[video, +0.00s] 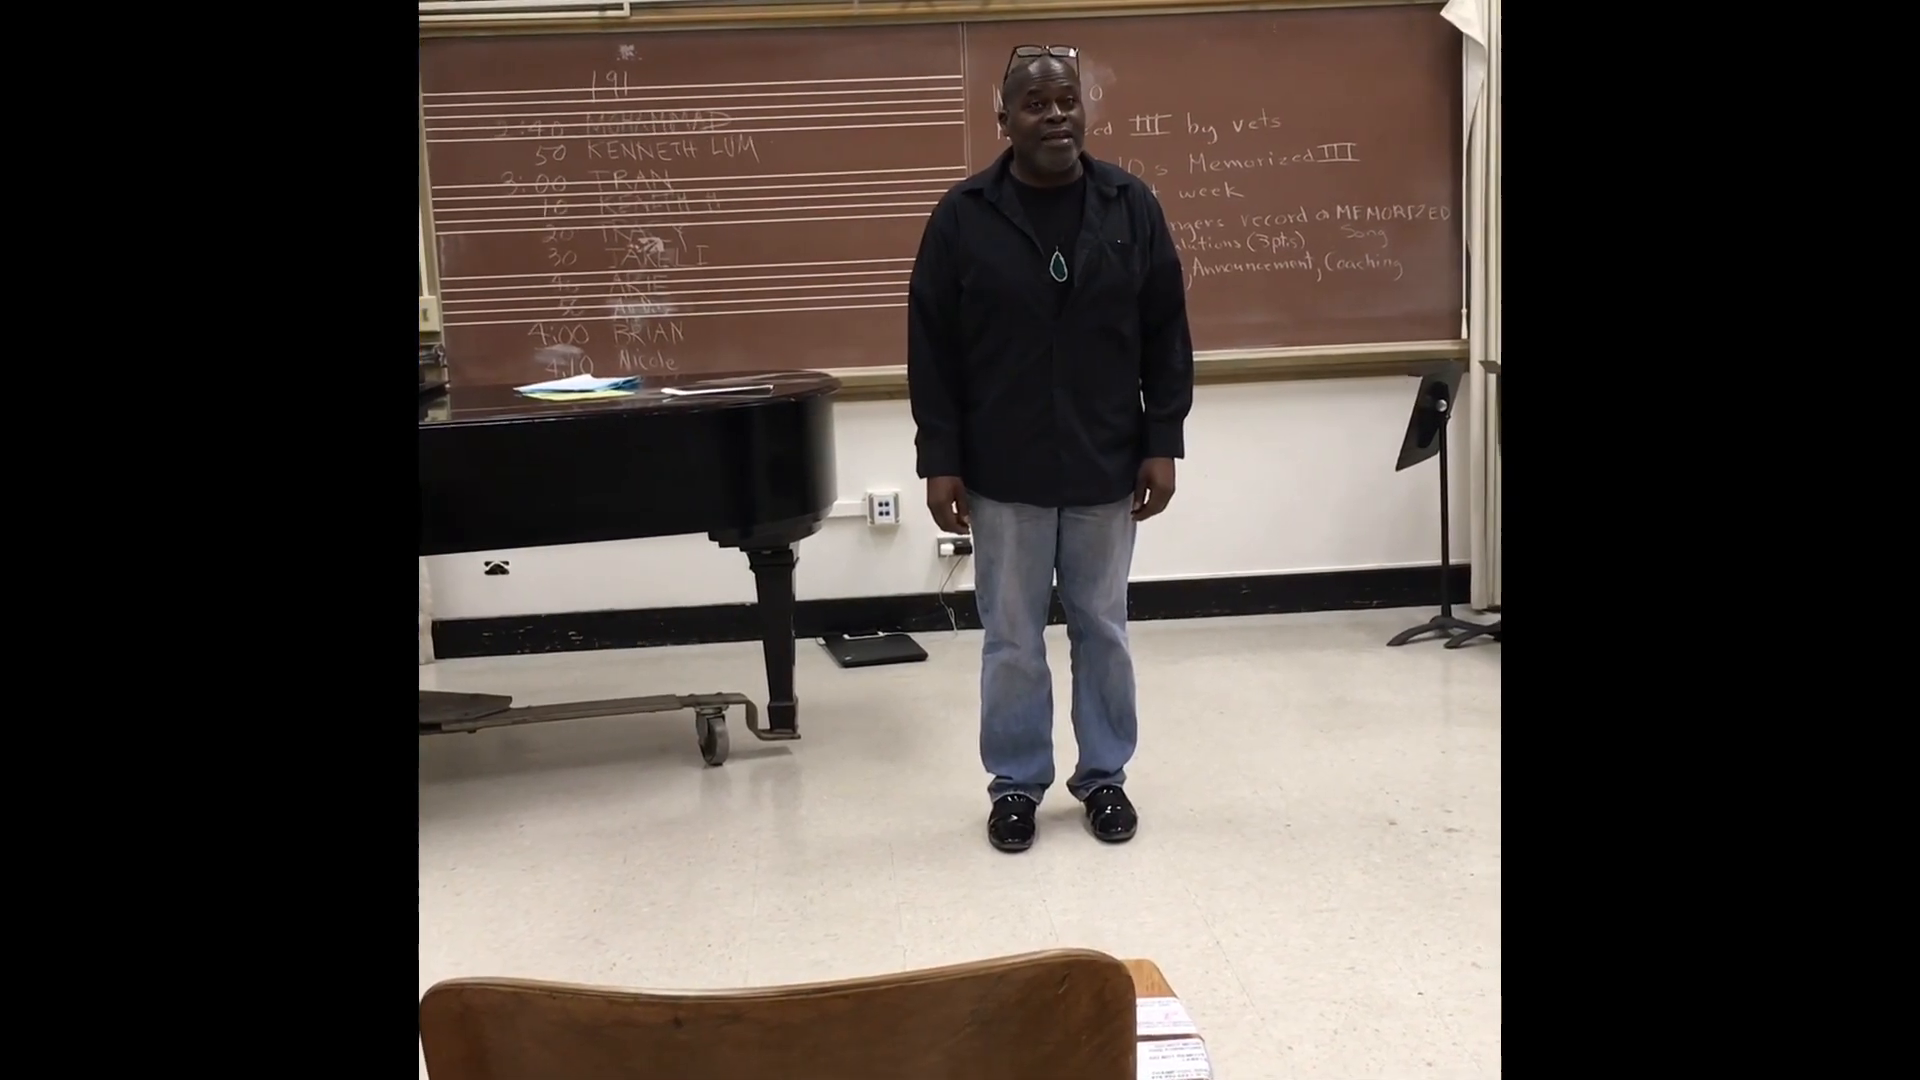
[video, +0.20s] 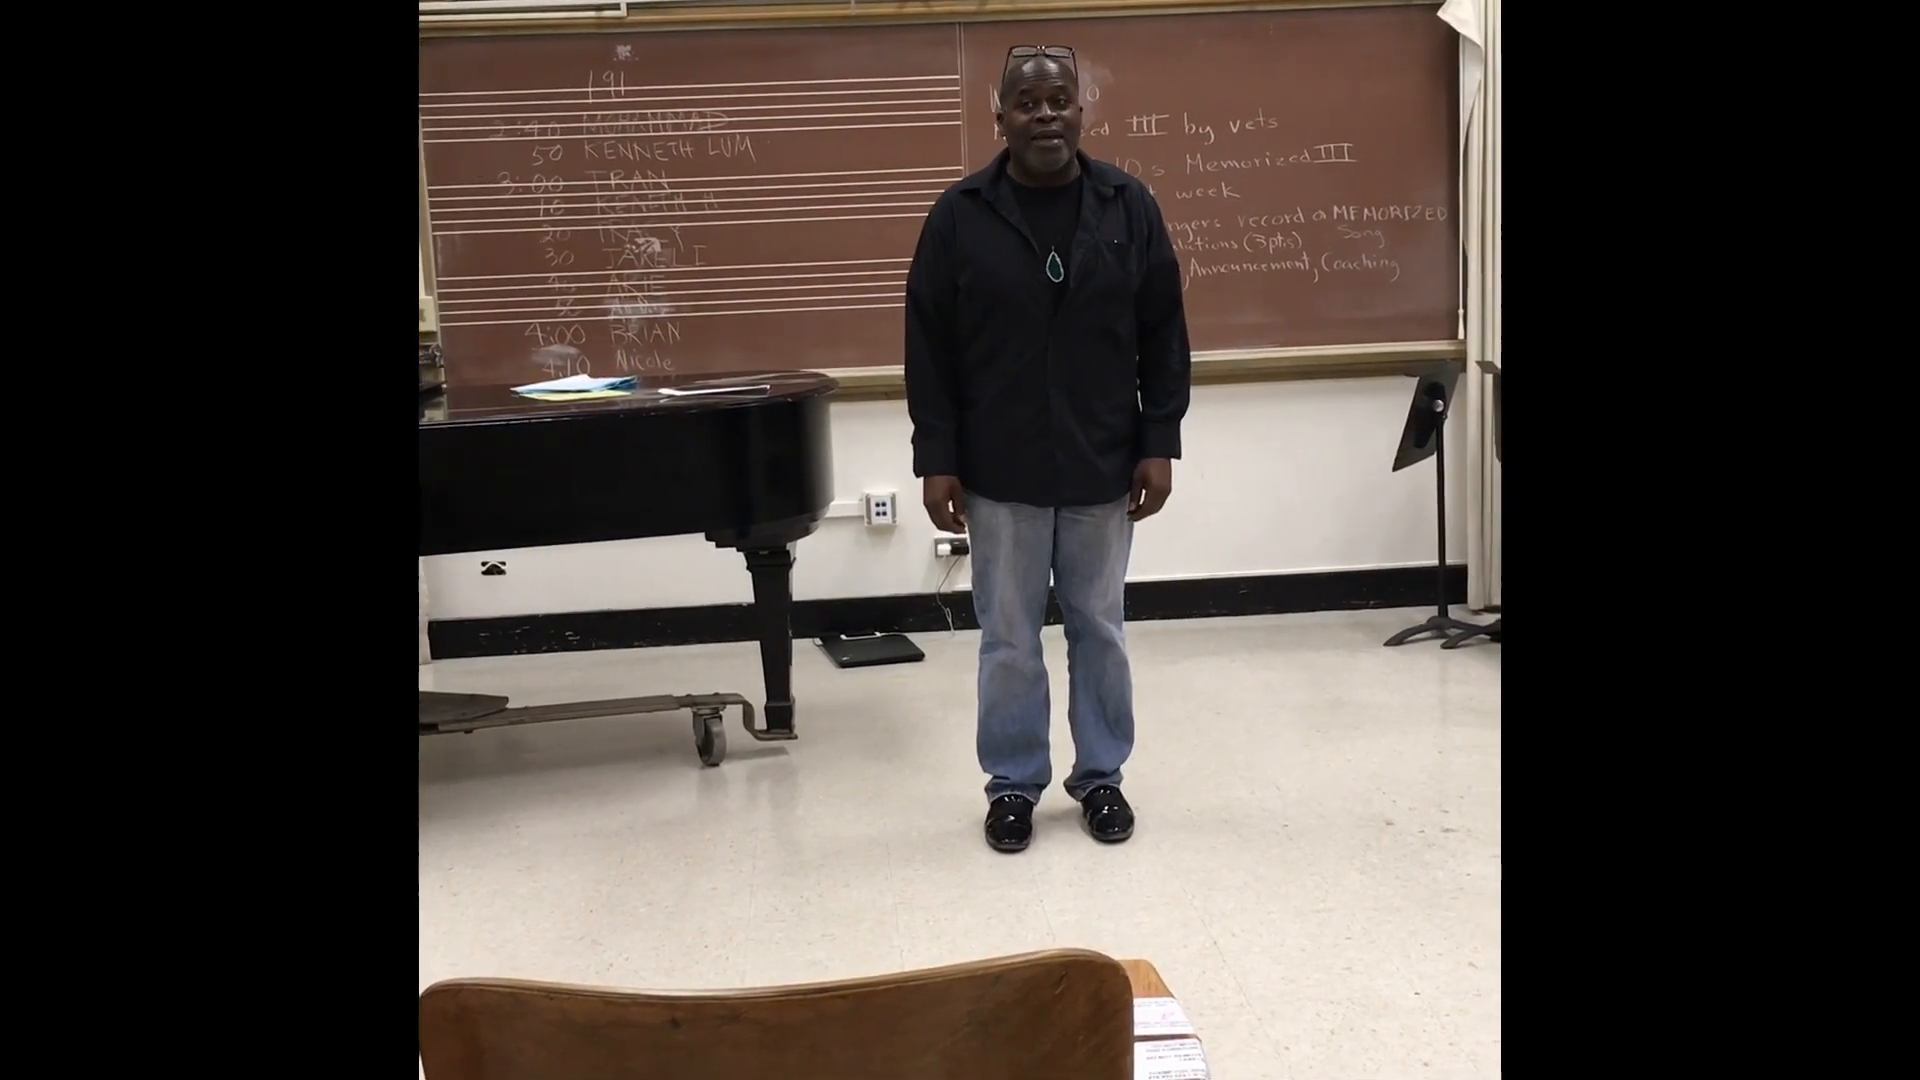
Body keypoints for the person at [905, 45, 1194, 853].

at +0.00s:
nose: (1055, 116)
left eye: (1068, 102)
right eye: (1036, 104)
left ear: (1086, 111)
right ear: (1005, 118)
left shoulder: (1131, 206)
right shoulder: (961, 216)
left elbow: (1166, 333)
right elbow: (931, 347)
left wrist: (1162, 446)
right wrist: (940, 463)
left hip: (1105, 457)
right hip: (1001, 462)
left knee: (1103, 629)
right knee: (1011, 636)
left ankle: (1104, 776)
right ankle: (1014, 782)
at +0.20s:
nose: (1046, 117)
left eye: (1061, 102)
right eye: (1028, 103)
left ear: (1083, 111)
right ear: (1001, 116)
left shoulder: (1129, 208)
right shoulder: (958, 215)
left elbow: (1164, 334)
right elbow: (927, 346)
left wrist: (1159, 446)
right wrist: (937, 461)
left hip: (1102, 459)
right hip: (998, 464)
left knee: (1099, 629)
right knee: (1008, 637)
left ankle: (1101, 776)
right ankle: (1011, 784)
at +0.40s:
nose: (1029, 115)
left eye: (1047, 101)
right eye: (1014, 101)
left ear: (1078, 109)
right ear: (995, 113)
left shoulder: (1126, 206)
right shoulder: (955, 213)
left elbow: (1162, 333)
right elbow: (924, 344)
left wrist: (1157, 445)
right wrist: (931, 459)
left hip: (1097, 457)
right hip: (993, 462)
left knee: (1096, 628)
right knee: (1004, 635)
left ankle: (1098, 776)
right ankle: (1007, 784)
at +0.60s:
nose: (1013, 111)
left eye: (1033, 99)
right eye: (1003, 98)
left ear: (1072, 111)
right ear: (989, 111)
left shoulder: (1122, 205)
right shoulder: (952, 212)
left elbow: (1159, 332)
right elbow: (921, 342)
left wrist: (1153, 446)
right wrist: (928, 457)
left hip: (1094, 456)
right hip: (990, 461)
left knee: (1093, 627)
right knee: (1001, 634)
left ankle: (1095, 775)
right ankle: (1005, 782)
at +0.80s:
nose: (1002, 107)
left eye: (1021, 94)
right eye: (994, 95)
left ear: (1066, 106)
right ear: (983, 107)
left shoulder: (1119, 202)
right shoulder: (950, 209)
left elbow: (1156, 329)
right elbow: (918, 336)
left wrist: (1147, 445)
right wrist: (923, 453)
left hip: (1091, 454)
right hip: (987, 457)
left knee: (1090, 625)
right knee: (998, 631)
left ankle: (1091, 772)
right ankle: (1002, 778)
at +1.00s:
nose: (994, 107)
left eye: (1013, 95)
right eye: (990, 95)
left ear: (1063, 107)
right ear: (984, 106)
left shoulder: (1120, 200)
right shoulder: (953, 207)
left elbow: (1156, 330)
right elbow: (921, 334)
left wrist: (1146, 445)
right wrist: (921, 449)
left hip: (1091, 452)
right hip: (988, 454)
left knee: (1090, 623)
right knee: (1000, 629)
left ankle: (1093, 771)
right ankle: (1003, 777)